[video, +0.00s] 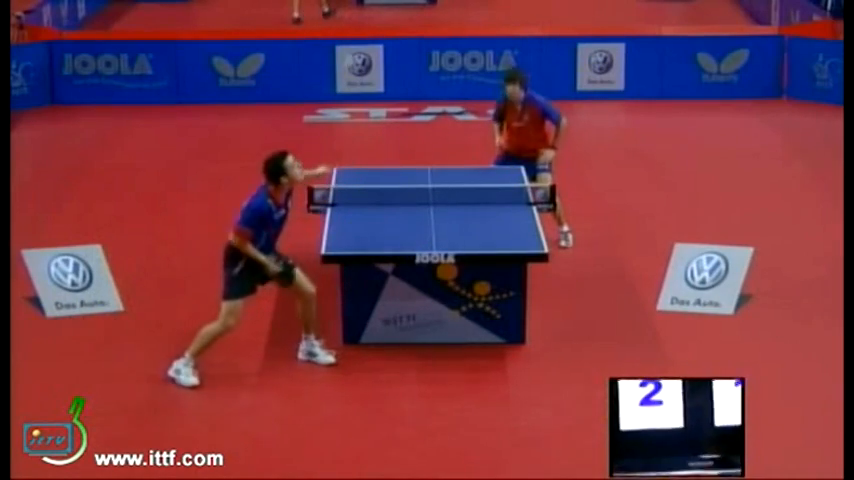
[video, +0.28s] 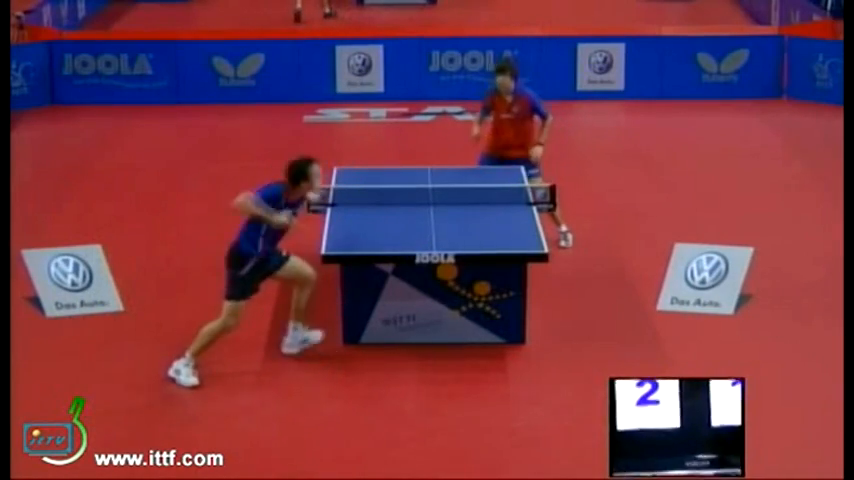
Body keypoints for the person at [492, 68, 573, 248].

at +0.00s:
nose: (511, 92)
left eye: (514, 87)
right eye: (508, 87)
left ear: (522, 88)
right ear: (505, 88)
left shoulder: (536, 103)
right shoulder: (504, 104)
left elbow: (560, 121)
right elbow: (497, 120)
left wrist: (553, 147)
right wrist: (498, 137)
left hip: (536, 154)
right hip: (510, 153)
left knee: (546, 191)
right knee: (494, 184)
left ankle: (563, 228)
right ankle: (493, 229)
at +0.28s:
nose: (502, 84)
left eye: (506, 80)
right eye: (500, 80)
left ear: (513, 81)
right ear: (496, 81)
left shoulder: (526, 97)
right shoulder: (493, 97)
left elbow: (547, 117)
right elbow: (482, 114)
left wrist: (540, 144)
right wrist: (477, 128)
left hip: (522, 156)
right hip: (495, 154)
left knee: (540, 195)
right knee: (479, 191)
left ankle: (562, 229)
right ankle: (473, 233)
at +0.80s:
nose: (496, 95)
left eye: (499, 91)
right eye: (493, 91)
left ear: (506, 92)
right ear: (489, 92)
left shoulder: (518, 109)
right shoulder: (482, 107)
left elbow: (542, 127)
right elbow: (459, 123)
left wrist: (541, 149)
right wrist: (458, 139)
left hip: (514, 161)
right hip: (486, 160)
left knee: (530, 194)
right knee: (479, 197)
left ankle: (537, 229)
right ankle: (476, 232)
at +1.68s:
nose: (496, 74)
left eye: (499, 70)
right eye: (493, 70)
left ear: (507, 71)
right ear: (489, 71)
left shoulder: (519, 89)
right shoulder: (484, 88)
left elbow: (539, 108)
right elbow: (460, 104)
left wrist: (538, 127)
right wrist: (457, 124)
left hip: (515, 142)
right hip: (487, 141)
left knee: (532, 179)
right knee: (468, 176)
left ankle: (552, 216)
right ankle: (461, 220)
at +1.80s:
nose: (479, 86)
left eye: (483, 81)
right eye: (477, 81)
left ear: (491, 82)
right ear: (473, 82)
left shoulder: (504, 99)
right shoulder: (473, 99)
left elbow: (532, 115)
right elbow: (454, 115)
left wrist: (533, 139)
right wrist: (432, 127)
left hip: (510, 154)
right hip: (483, 153)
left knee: (528, 188)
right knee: (463, 183)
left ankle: (554, 218)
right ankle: (460, 220)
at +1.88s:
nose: (461, 90)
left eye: (464, 86)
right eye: (458, 86)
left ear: (473, 86)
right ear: (455, 87)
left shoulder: (487, 100)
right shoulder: (456, 103)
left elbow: (515, 114)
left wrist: (523, 138)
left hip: (503, 156)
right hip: (476, 154)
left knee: (522, 190)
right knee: (448, 180)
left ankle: (551, 217)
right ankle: (443, 220)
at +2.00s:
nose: (438, 80)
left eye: (441, 75)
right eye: (435, 76)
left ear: (448, 76)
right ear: (431, 77)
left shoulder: (463, 91)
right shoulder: (432, 95)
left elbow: (492, 107)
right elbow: (414, 113)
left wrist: (494, 126)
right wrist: (395, 116)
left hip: (481, 145)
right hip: (457, 145)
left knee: (491, 182)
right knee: (438, 177)